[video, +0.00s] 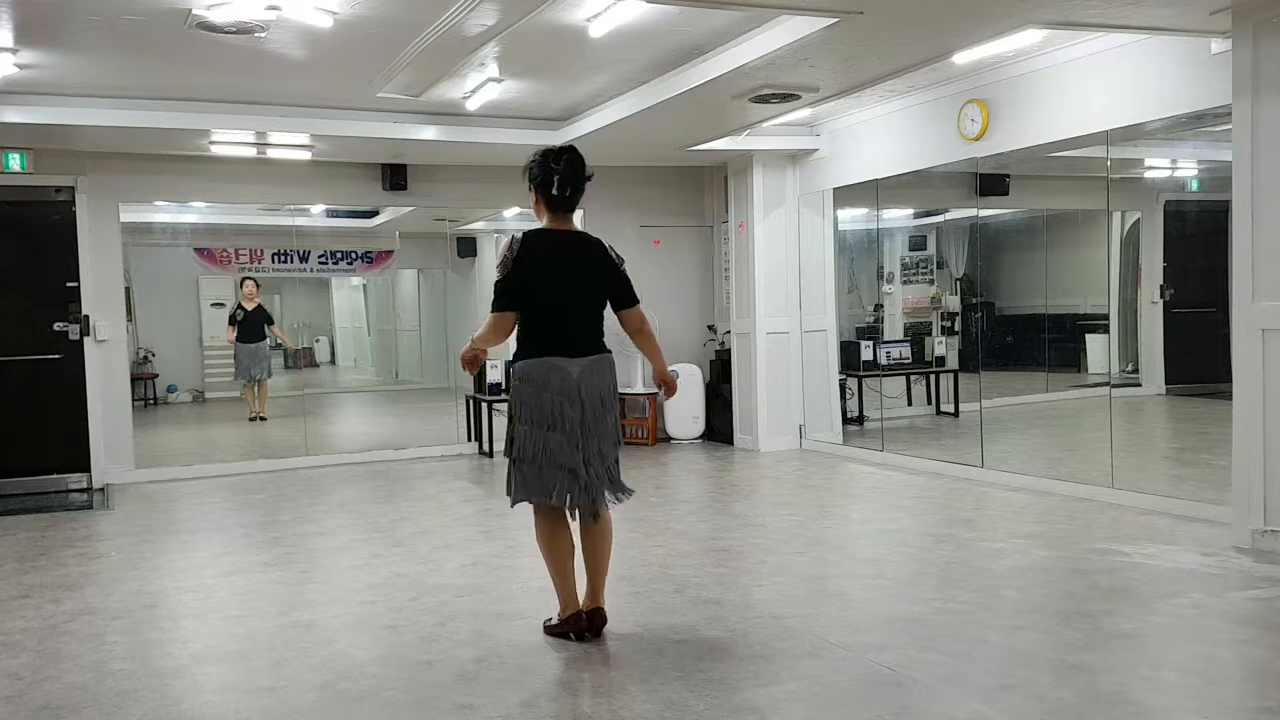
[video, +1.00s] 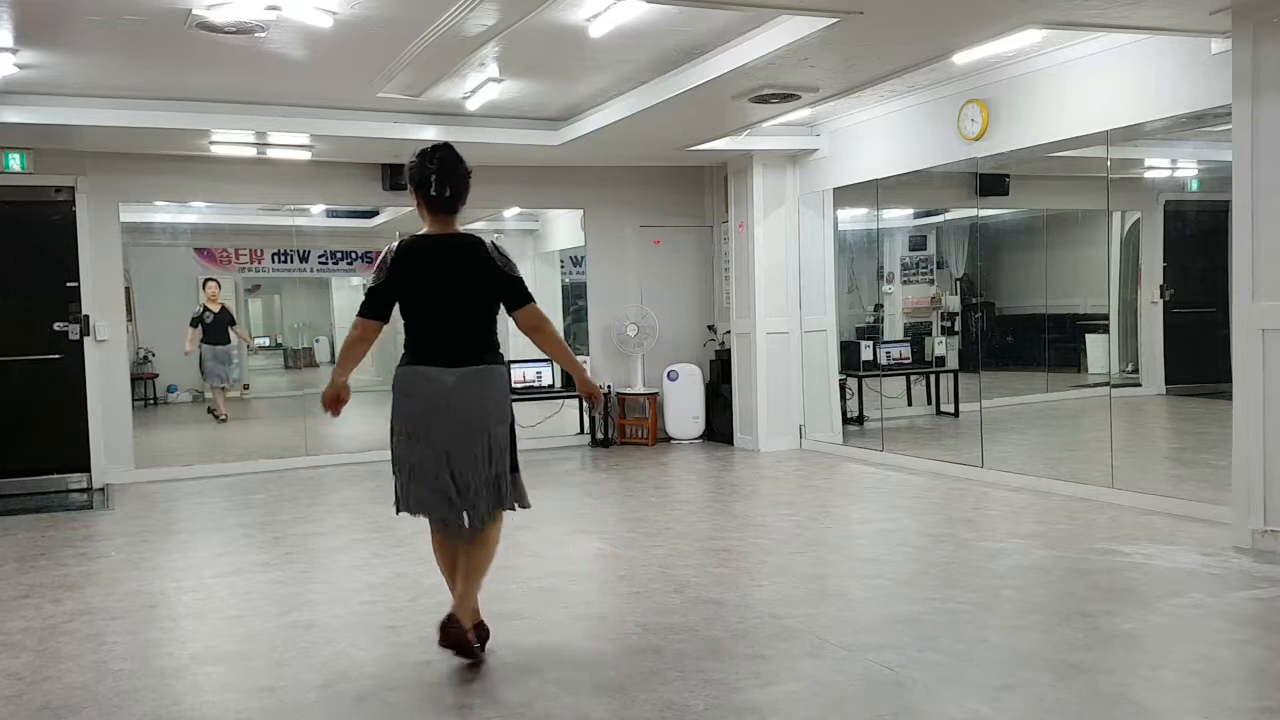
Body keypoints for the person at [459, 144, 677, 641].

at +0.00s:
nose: (530, 197)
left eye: (530, 191)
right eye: (533, 190)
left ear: (535, 195)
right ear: (581, 194)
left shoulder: (522, 250)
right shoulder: (600, 253)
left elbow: (502, 324)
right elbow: (635, 321)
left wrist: (476, 347)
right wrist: (661, 367)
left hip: (539, 377)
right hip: (596, 375)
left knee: (546, 494)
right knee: (593, 490)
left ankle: (570, 610)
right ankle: (595, 604)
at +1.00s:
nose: (426, 200)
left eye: (417, 193)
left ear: (416, 198)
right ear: (465, 195)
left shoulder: (400, 257)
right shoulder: (488, 254)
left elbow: (366, 328)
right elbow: (531, 320)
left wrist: (339, 377)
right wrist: (577, 370)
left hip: (419, 390)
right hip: (484, 389)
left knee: (442, 508)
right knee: (489, 503)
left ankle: (470, 621)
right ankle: (461, 611)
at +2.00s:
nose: (313, 188)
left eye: (307, 180)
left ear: (306, 186)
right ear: (362, 188)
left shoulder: (287, 248)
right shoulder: (381, 254)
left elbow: (247, 323)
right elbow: (434, 324)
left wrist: (209, 353)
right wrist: (484, 380)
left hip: (309, 392)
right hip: (375, 392)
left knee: (328, 529)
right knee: (383, 518)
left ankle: (350, 661)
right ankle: (405, 633)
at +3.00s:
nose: (206, 192)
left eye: (207, 184)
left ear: (212, 189)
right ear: (266, 190)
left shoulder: (204, 247)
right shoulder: (288, 254)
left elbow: (195, 322)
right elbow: (331, 328)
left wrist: (141, 372)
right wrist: (341, 348)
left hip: (237, 390)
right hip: (296, 385)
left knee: (251, 527)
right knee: (276, 523)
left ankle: (320, 634)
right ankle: (260, 646)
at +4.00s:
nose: (163, 195)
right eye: (164, 187)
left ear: (107, 191)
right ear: (163, 192)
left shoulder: (83, 253)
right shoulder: (182, 255)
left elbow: (72, 334)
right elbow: (243, 316)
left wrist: (111, 322)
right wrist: (330, 327)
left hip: (101, 396)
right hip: (176, 396)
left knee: (111, 536)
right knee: (173, 511)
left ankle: (132, 670)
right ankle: (172, 615)